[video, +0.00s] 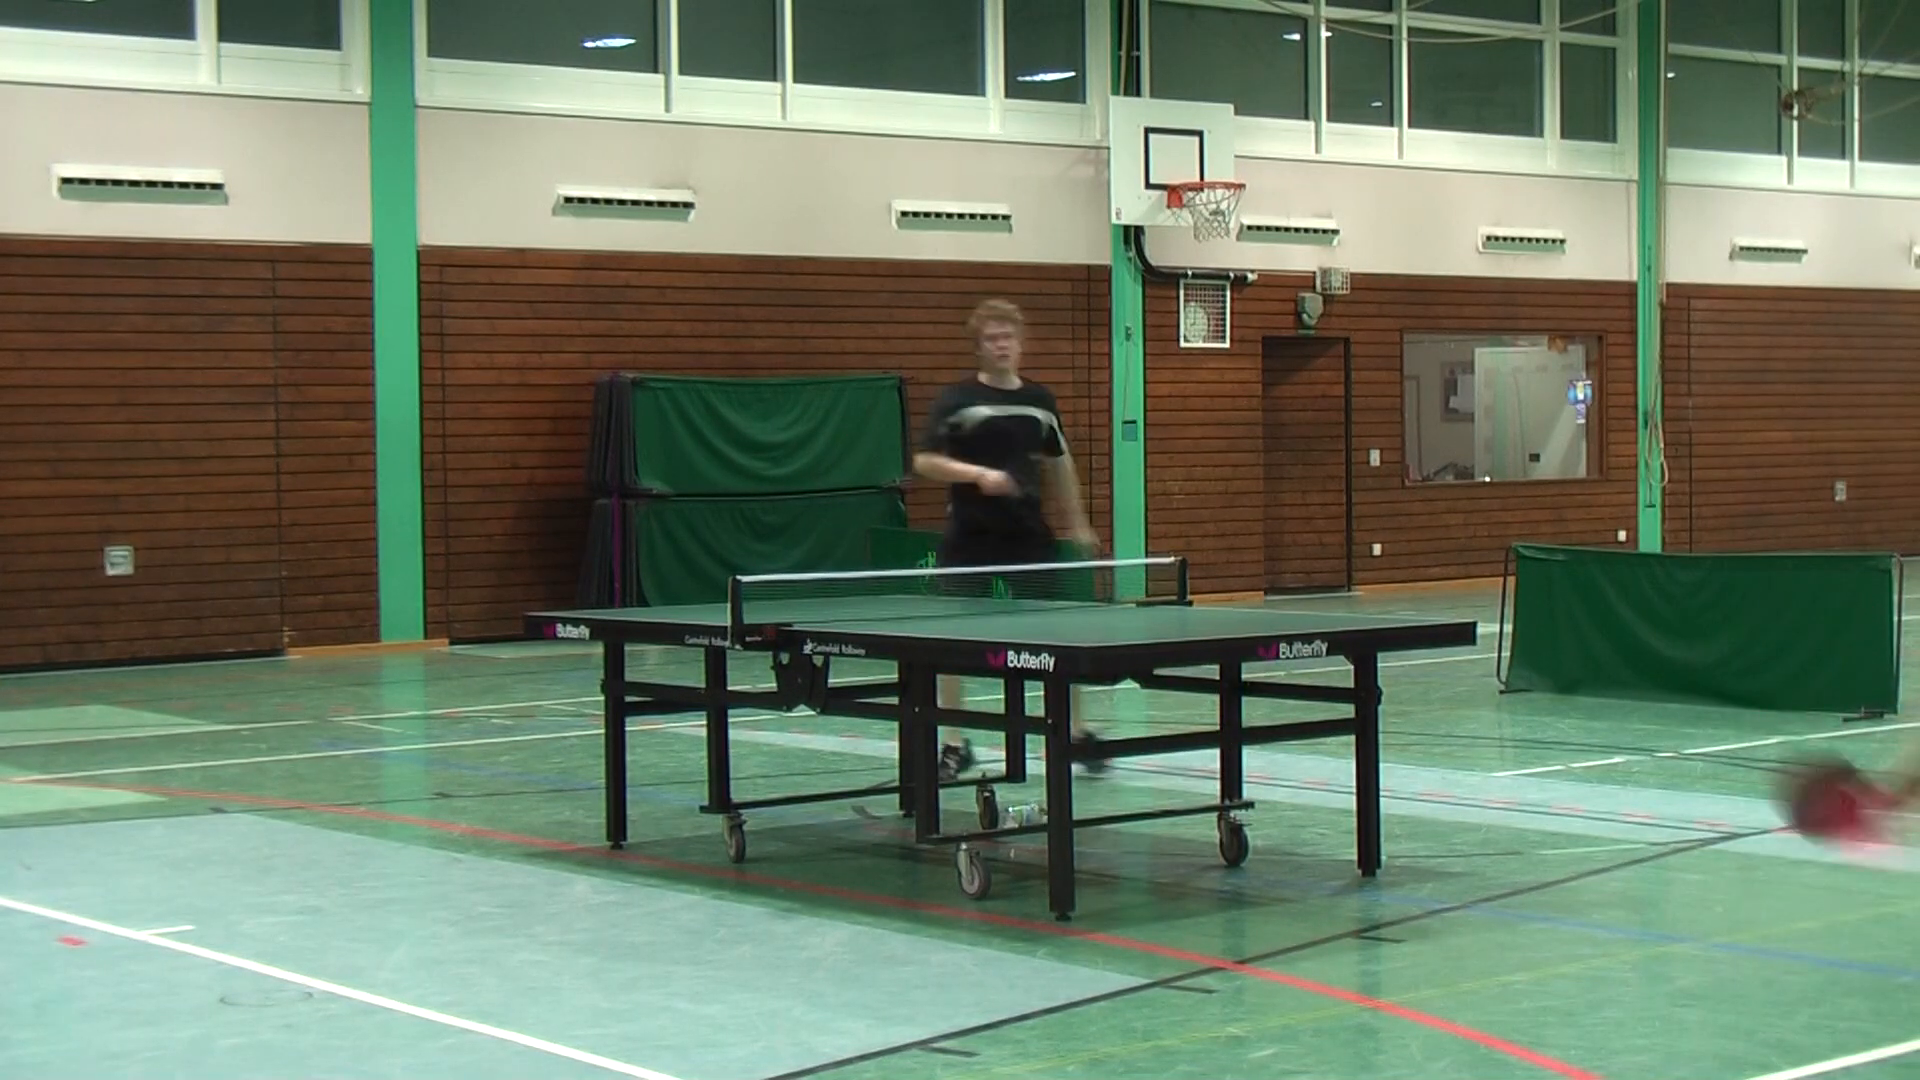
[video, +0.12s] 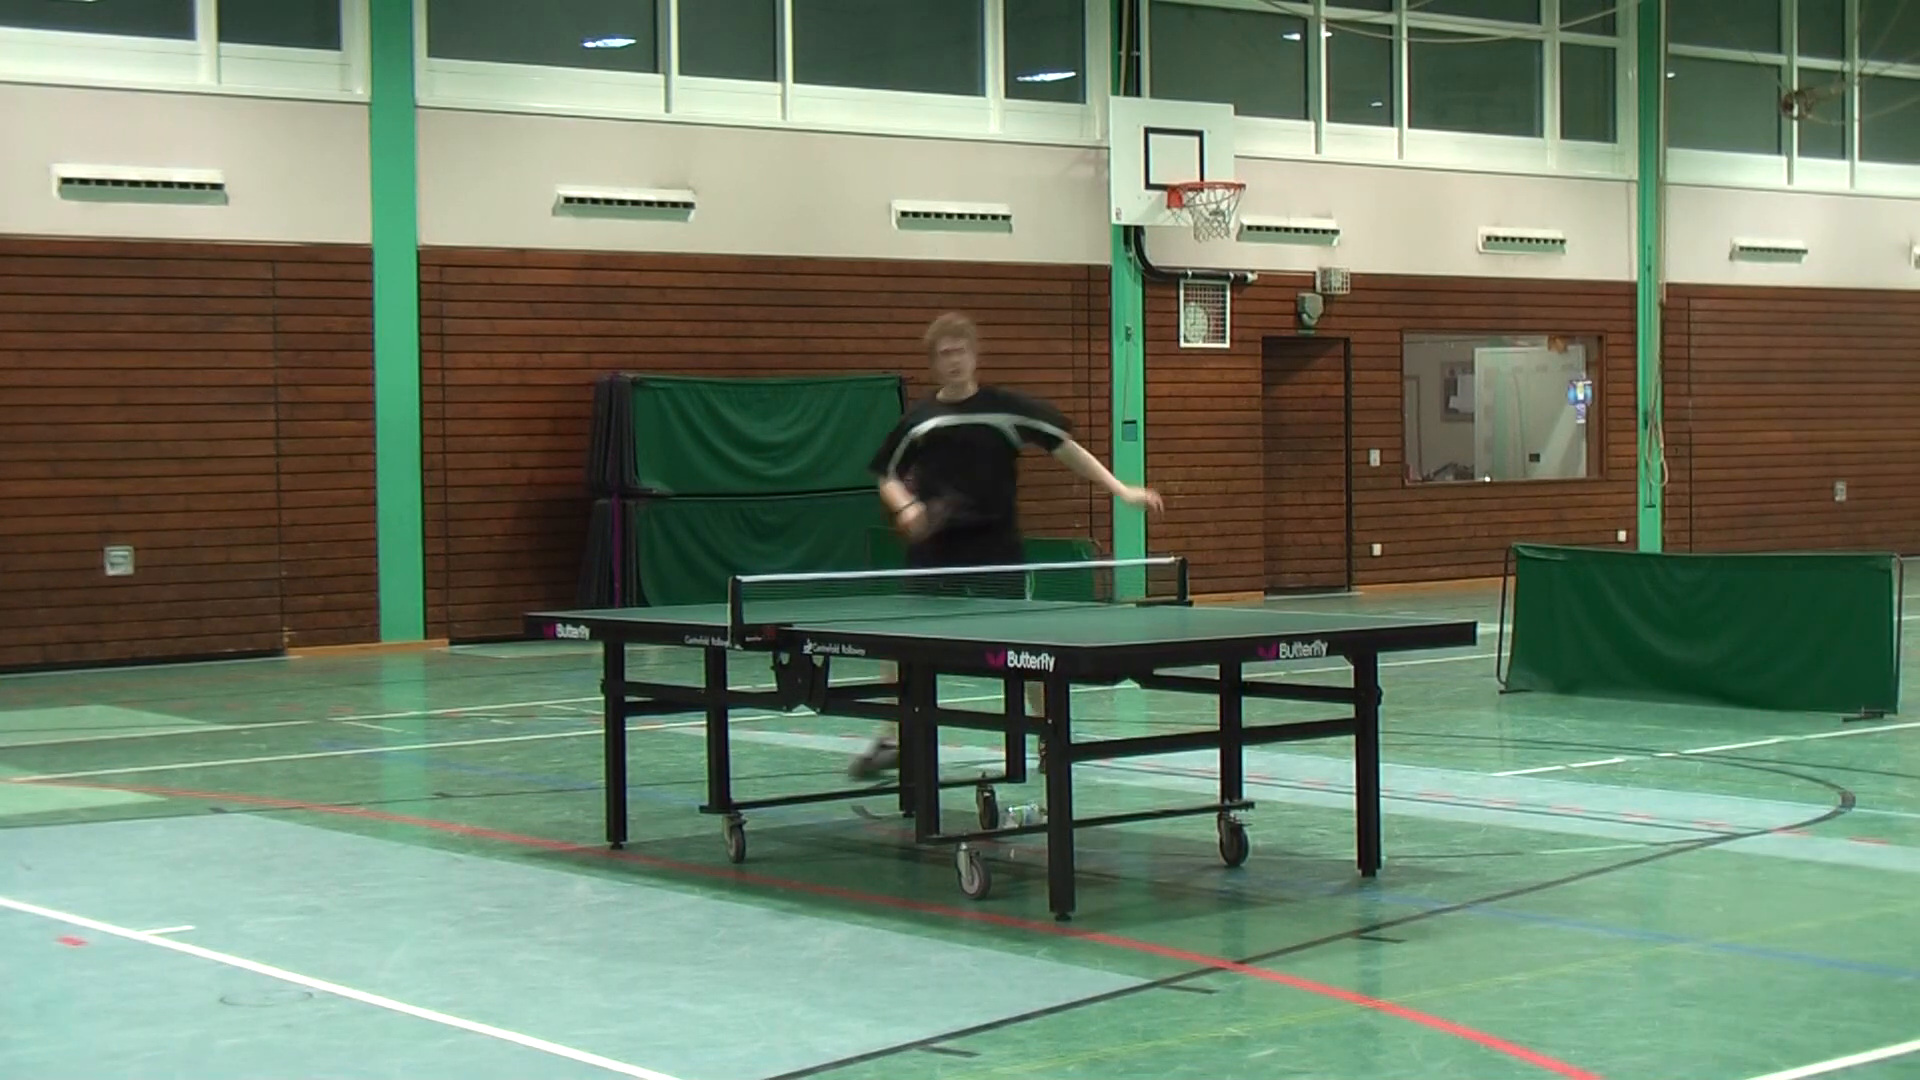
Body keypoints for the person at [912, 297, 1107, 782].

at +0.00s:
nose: (999, 346)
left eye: (1006, 337)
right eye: (990, 339)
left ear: (1021, 341)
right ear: (975, 346)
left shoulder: (1039, 400)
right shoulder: (956, 399)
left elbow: (1060, 466)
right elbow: (924, 461)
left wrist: (1077, 524)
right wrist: (978, 473)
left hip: (1030, 539)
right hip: (970, 541)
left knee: (1060, 634)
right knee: (951, 645)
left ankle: (1070, 729)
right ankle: (952, 743)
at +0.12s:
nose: (953, 361)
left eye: (961, 352)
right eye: (944, 354)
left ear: (976, 355)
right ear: (931, 362)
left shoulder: (1006, 408)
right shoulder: (917, 418)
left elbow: (1066, 448)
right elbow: (888, 476)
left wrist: (1120, 490)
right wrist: (905, 506)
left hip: (995, 556)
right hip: (930, 559)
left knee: (1024, 651)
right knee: (896, 643)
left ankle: (1050, 737)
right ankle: (892, 737)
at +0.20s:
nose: (922, 378)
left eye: (930, 370)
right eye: (913, 372)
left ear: (944, 372)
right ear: (899, 379)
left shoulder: (975, 422)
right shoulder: (893, 439)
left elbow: (1033, 447)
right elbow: (868, 498)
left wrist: (1079, 479)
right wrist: (861, 538)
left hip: (976, 568)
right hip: (912, 571)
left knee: (1019, 652)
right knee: (865, 640)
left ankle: (1050, 739)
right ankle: (853, 740)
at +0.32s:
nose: (860, 384)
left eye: (867, 376)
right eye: (851, 377)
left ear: (882, 378)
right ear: (839, 385)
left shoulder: (910, 427)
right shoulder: (840, 443)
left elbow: (967, 463)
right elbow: (833, 503)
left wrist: (967, 494)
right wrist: (811, 545)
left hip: (923, 570)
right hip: (867, 572)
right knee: (815, 636)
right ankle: (838, 741)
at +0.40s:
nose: (824, 376)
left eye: (831, 368)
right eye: (815, 370)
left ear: (845, 370)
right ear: (803, 376)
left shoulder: (871, 421)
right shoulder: (808, 428)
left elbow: (920, 470)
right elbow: (807, 486)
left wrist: (888, 509)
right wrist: (785, 527)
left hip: (881, 560)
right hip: (830, 560)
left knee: (924, 647)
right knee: (803, 647)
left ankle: (993, 720)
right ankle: (836, 740)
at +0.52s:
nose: (774, 363)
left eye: (782, 354)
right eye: (766, 356)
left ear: (798, 356)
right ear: (756, 363)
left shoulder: (821, 404)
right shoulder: (764, 412)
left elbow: (863, 456)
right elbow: (765, 465)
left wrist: (809, 498)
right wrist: (745, 494)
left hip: (831, 539)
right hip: (791, 540)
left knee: (826, 633)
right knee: (799, 641)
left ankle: (888, 714)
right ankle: (835, 739)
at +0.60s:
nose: (744, 361)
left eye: (751, 352)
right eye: (735, 354)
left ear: (768, 353)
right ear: (725, 359)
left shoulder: (790, 400)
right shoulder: (736, 406)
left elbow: (833, 448)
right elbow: (738, 458)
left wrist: (776, 490)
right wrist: (715, 482)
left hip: (803, 535)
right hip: (768, 536)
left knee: (778, 624)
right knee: (797, 631)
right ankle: (831, 731)